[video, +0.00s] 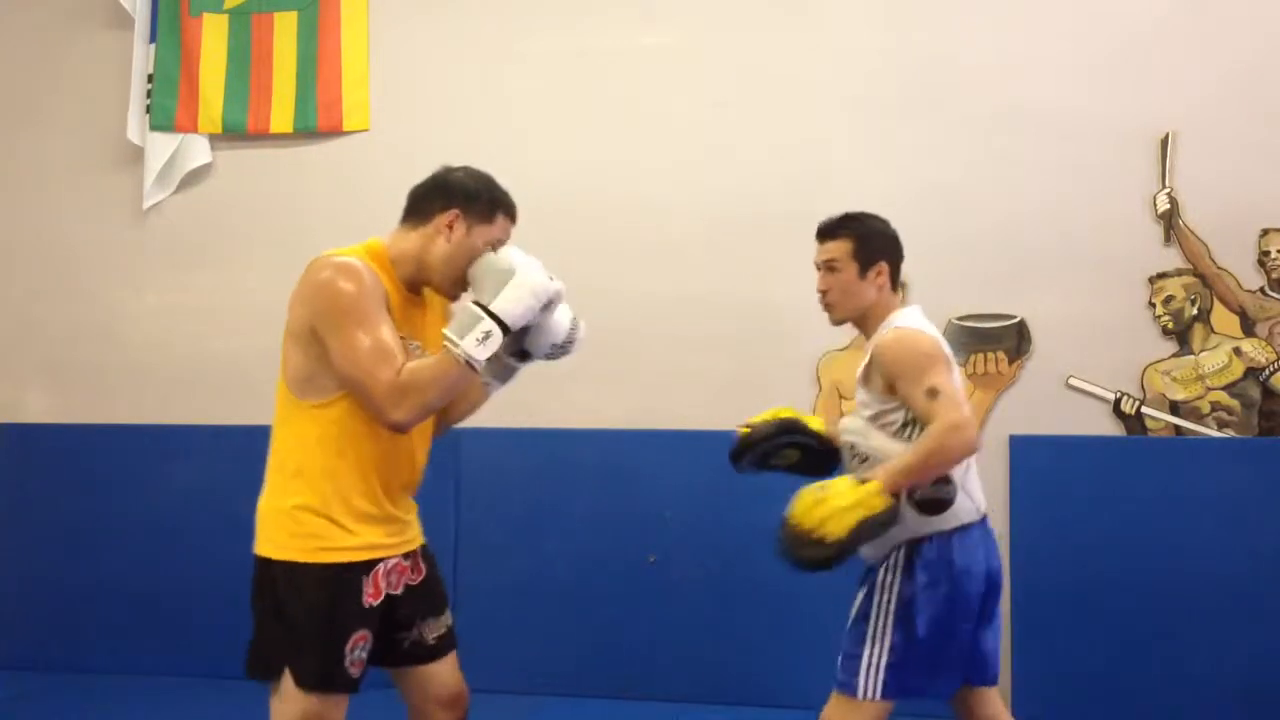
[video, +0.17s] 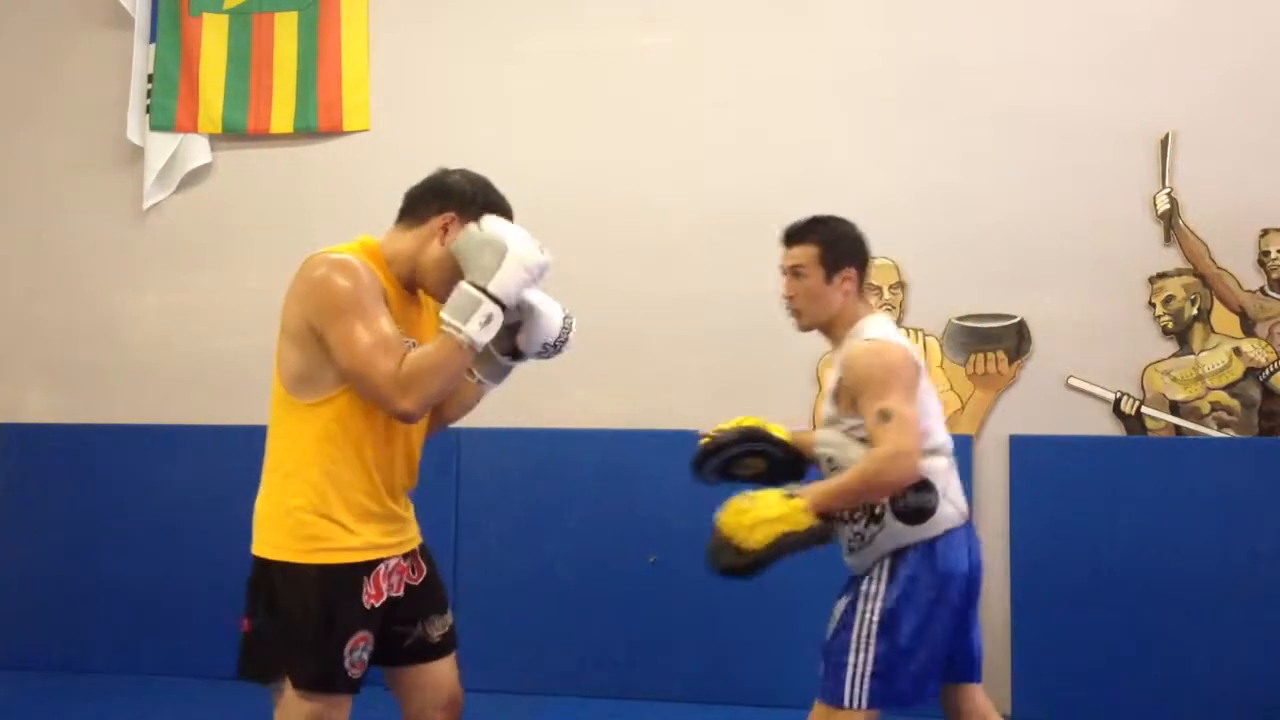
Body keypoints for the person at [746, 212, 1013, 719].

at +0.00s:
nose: (819, 285)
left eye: (831, 269)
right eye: (819, 270)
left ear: (878, 276)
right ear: (874, 280)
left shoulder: (901, 342)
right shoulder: (896, 338)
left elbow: (958, 432)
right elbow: (903, 435)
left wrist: (872, 488)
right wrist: (825, 438)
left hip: (919, 555)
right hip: (964, 545)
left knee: (853, 707)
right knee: (978, 698)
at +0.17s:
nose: (785, 291)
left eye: (797, 275)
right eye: (785, 275)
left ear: (845, 281)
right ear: (841, 285)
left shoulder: (875, 353)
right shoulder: (841, 358)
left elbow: (900, 462)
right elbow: (846, 443)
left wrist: (802, 505)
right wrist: (779, 443)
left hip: (908, 553)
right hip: (940, 545)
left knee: (840, 709)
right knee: (962, 695)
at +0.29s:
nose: (754, 301)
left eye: (767, 284)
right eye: (754, 285)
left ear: (816, 290)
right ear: (814, 294)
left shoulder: (845, 362)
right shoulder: (853, 343)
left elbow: (857, 480)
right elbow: (841, 446)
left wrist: (754, 511)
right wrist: (764, 446)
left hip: (903, 562)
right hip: (943, 546)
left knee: (832, 710)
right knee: (961, 697)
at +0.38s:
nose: (745, 310)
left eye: (757, 294)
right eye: (745, 295)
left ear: (806, 298)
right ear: (805, 303)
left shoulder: (840, 370)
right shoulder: (844, 349)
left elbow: (836, 488)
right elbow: (823, 446)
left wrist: (728, 511)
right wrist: (749, 452)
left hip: (902, 566)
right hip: (939, 551)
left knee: (826, 712)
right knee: (960, 699)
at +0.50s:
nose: (754, 303)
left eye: (764, 287)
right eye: (753, 288)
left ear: (812, 290)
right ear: (812, 294)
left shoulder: (846, 359)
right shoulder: (851, 344)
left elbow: (848, 475)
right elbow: (837, 445)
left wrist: (742, 487)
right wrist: (757, 439)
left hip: (905, 558)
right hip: (941, 543)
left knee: (839, 709)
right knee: (964, 695)